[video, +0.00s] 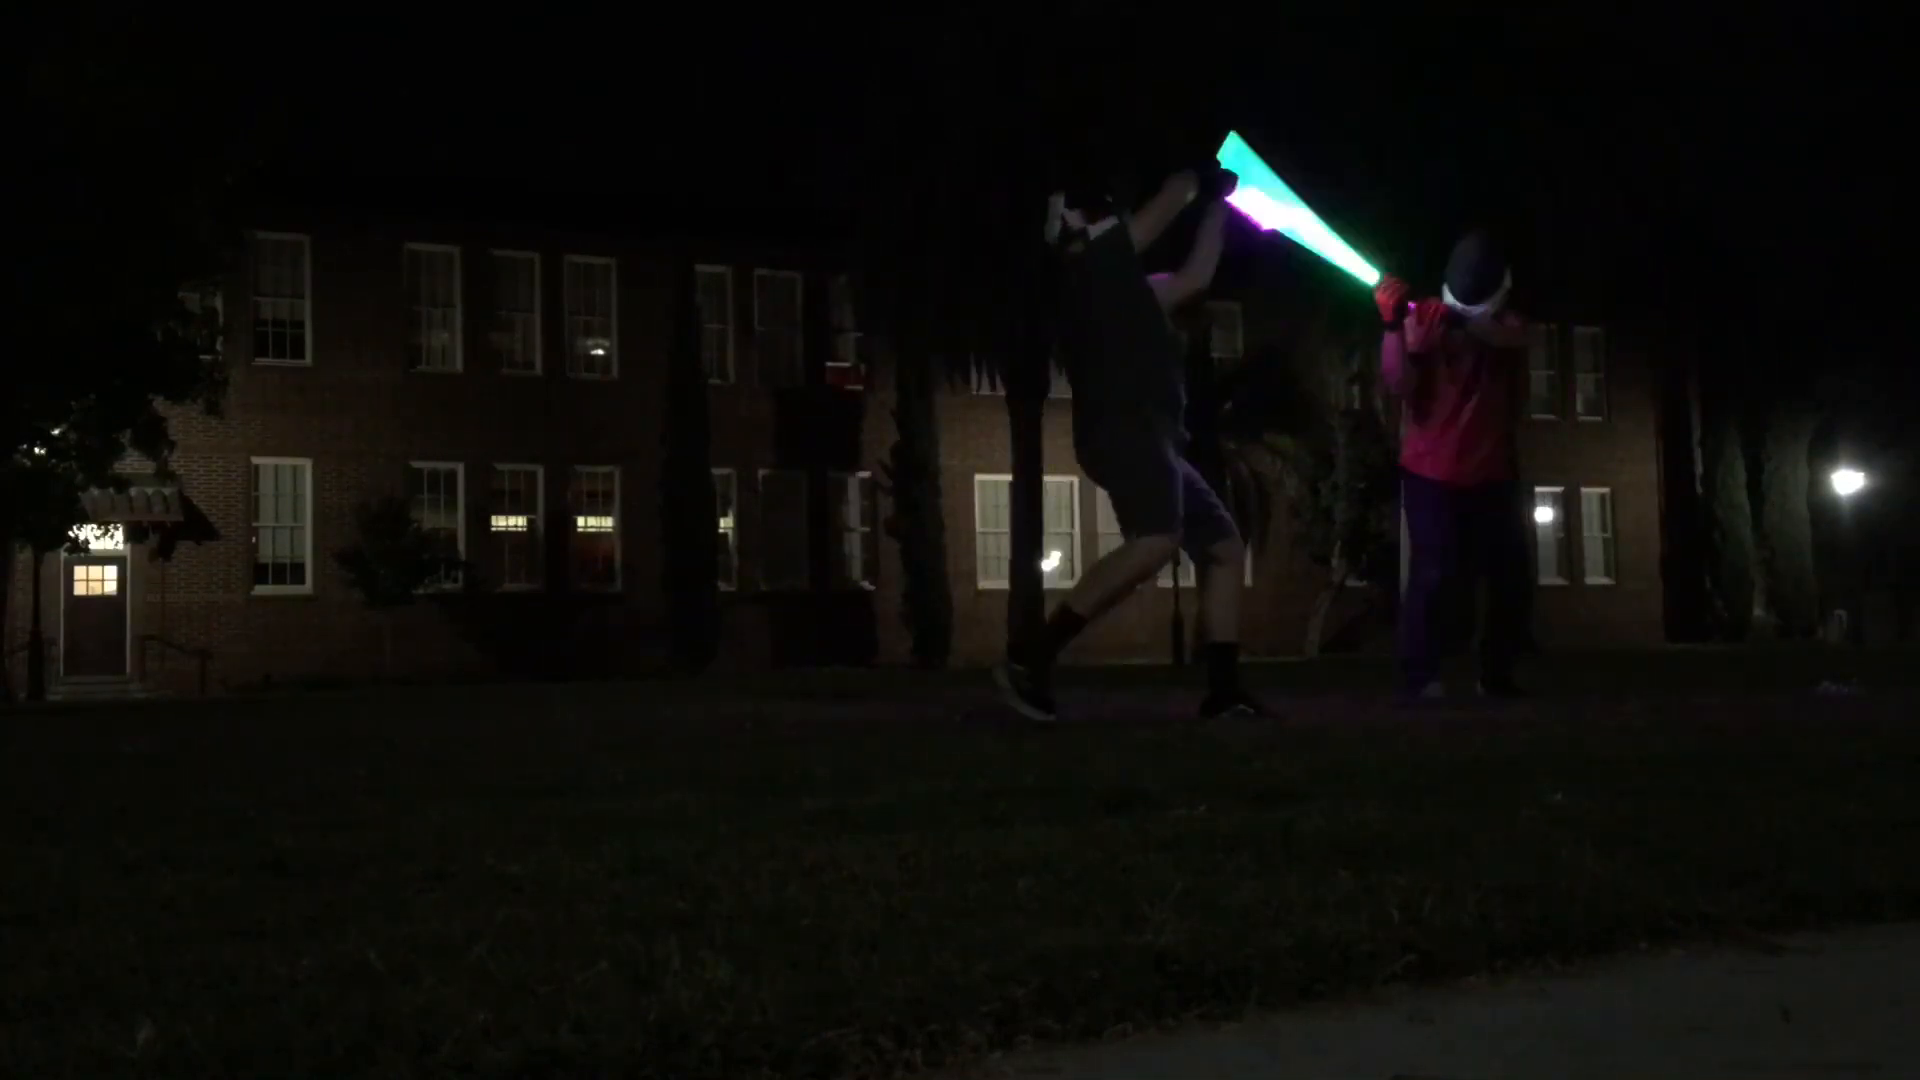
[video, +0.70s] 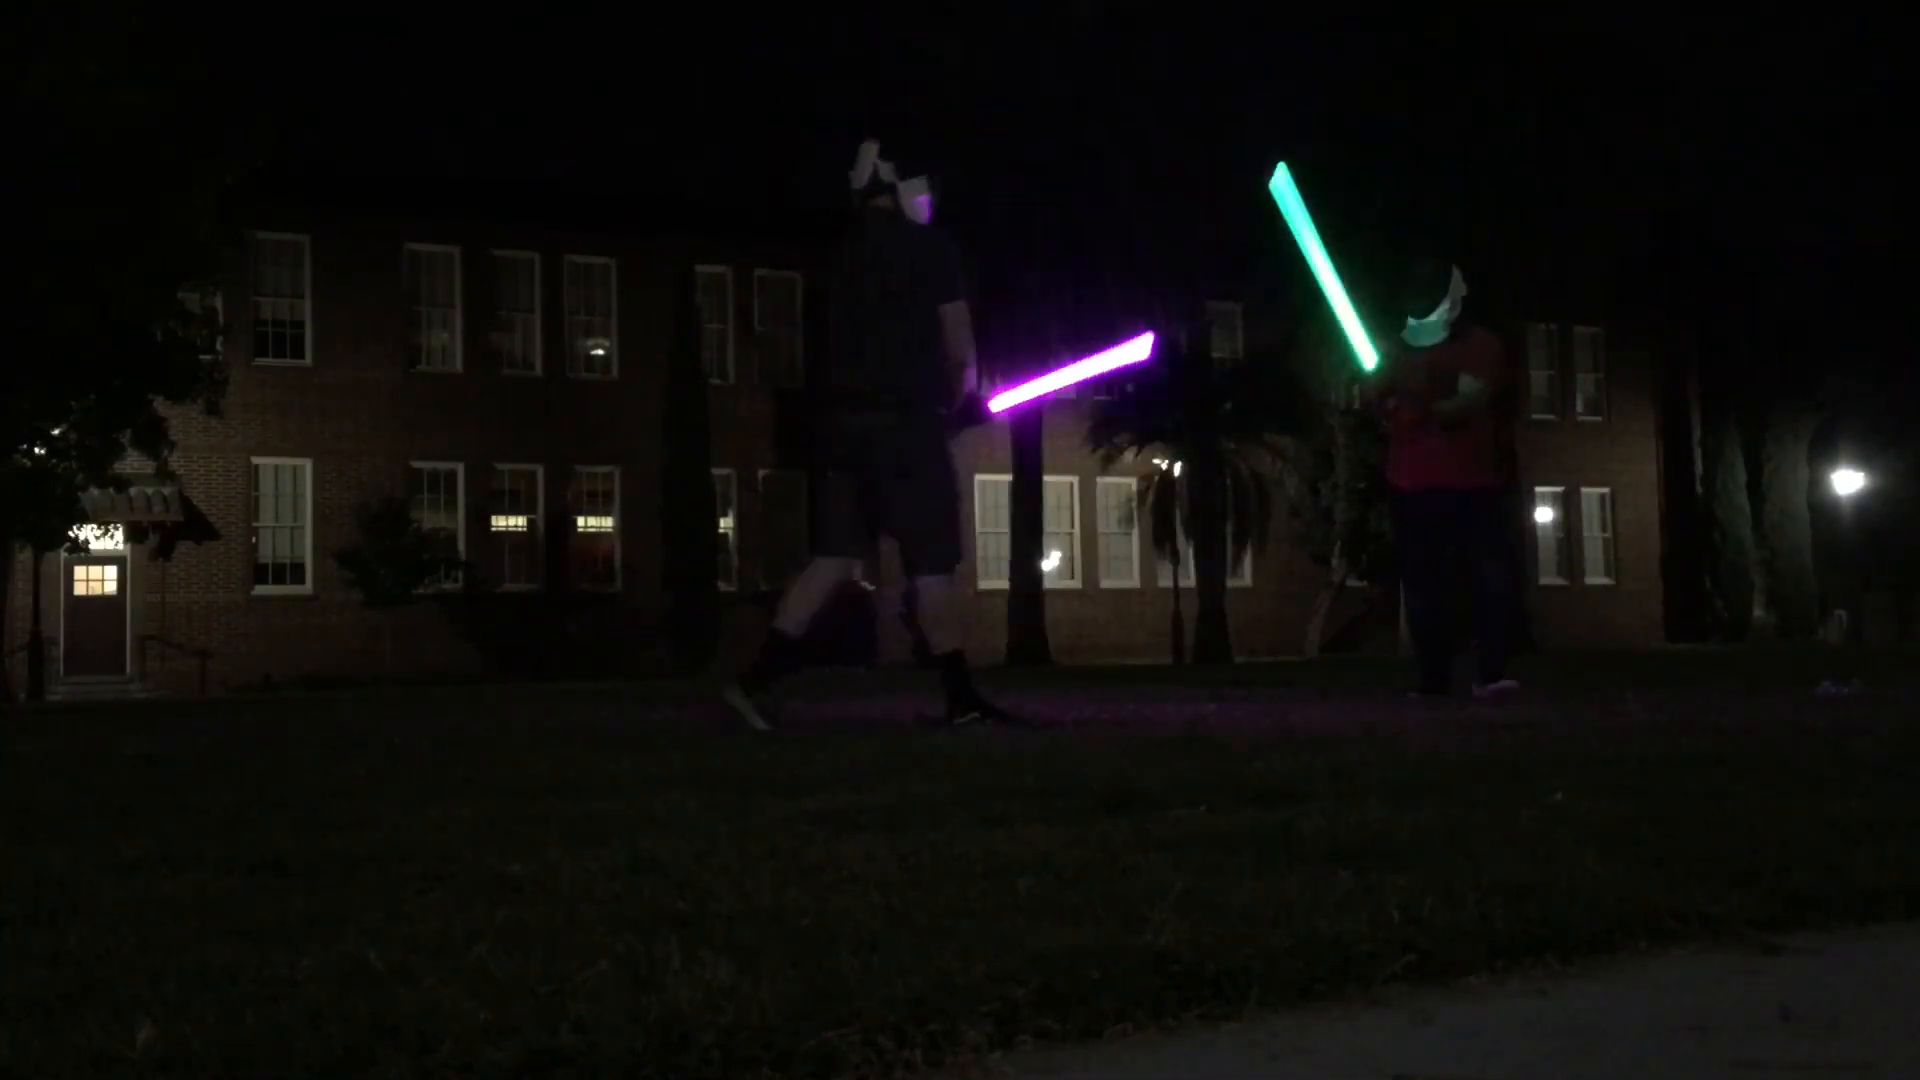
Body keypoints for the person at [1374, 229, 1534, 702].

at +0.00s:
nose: (1475, 313)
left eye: (1485, 305)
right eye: (1466, 305)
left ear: (1499, 295)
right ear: (1451, 293)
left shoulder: (1507, 324)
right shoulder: (1423, 320)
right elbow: (1398, 383)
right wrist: (1392, 324)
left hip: (1491, 474)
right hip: (1431, 474)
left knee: (1508, 576)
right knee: (1436, 574)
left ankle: (1497, 676)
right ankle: (1420, 677)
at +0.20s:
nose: (1473, 324)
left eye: (1483, 315)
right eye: (1465, 315)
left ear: (1500, 307)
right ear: (1451, 303)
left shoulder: (1511, 334)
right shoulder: (1430, 331)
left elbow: (1524, 304)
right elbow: (1423, 386)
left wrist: (1473, 282)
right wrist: (1414, 331)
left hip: (1494, 468)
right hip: (1435, 468)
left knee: (1511, 569)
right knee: (1434, 563)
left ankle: (1497, 675)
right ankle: (1412, 674)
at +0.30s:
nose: (1464, 305)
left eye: (1472, 297)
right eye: (1454, 295)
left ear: (1488, 293)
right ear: (1440, 291)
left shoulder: (1508, 327)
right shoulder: (1427, 327)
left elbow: (1525, 300)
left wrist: (1488, 285)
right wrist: (1414, 326)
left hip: (1496, 465)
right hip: (1436, 467)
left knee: (1509, 569)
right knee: (1433, 566)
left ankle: (1498, 672)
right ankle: (1416, 669)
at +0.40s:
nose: (1461, 284)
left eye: (1468, 274)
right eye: (1452, 275)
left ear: (1482, 272)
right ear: (1436, 275)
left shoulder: (1501, 311)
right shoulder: (1424, 311)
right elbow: (1429, 378)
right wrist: (1473, 324)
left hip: (1495, 461)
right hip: (1435, 464)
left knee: (1502, 570)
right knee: (1435, 569)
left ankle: (1498, 672)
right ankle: (1420, 669)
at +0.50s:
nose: (1439, 306)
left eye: (1448, 296)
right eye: (1429, 297)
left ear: (1467, 283)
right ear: (1419, 289)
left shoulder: (1492, 325)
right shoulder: (1407, 328)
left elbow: (1510, 393)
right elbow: (1404, 394)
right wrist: (1465, 370)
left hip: (1488, 474)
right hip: (1428, 478)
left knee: (1498, 578)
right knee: (1434, 580)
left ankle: (1497, 676)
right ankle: (1428, 676)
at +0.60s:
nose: (1432, 314)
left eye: (1441, 302)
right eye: (1422, 305)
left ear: (1460, 296)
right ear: (1410, 304)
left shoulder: (1484, 344)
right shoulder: (1397, 351)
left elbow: (1504, 401)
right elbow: (1387, 405)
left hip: (1483, 493)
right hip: (1423, 495)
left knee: (1493, 588)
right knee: (1430, 591)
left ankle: (1495, 678)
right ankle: (1432, 678)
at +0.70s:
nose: (1425, 326)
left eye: (1436, 315)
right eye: (1417, 317)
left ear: (1454, 306)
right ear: (1407, 311)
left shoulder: (1475, 349)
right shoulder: (1399, 354)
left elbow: (1474, 406)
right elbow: (1369, 401)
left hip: (1472, 491)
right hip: (1416, 493)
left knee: (1483, 582)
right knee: (1424, 589)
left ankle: (1489, 674)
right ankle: (1432, 678)